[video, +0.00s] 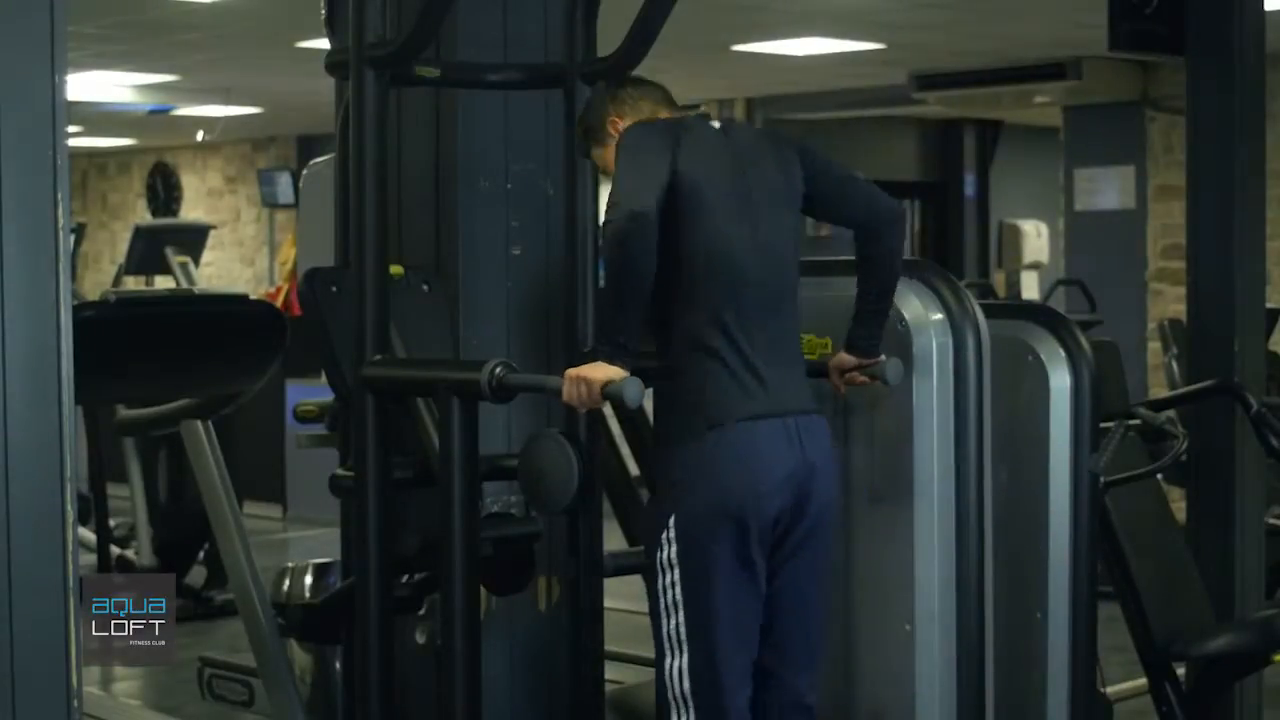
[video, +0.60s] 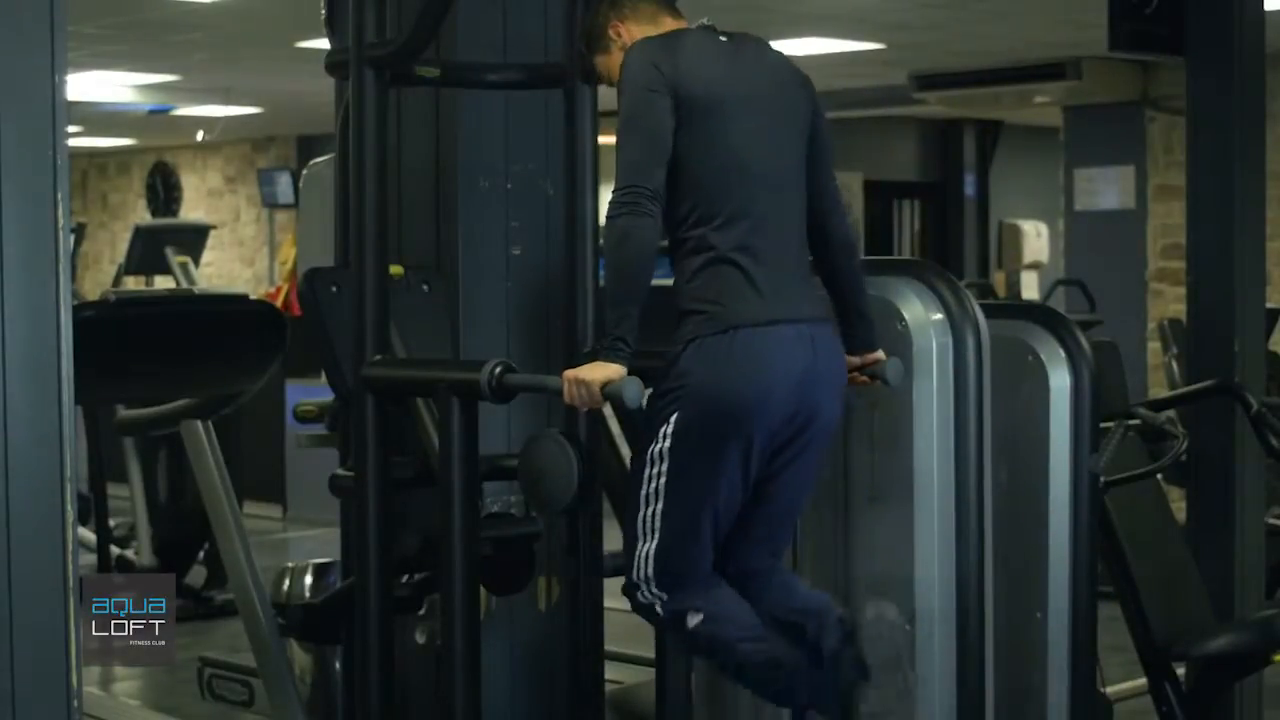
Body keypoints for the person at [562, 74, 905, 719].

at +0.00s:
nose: (614, 181)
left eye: (606, 165)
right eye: (605, 171)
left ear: (620, 128)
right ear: (677, 114)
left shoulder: (649, 140)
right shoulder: (774, 147)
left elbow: (629, 223)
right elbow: (882, 213)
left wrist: (614, 352)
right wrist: (863, 345)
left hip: (714, 445)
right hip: (806, 437)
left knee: (704, 688)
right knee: (792, 683)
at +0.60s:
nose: (615, 86)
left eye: (609, 73)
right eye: (608, 78)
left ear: (620, 29)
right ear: (674, 15)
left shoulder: (651, 62)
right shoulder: (785, 71)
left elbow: (637, 209)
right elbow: (829, 217)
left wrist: (610, 346)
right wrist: (859, 336)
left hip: (730, 352)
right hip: (818, 350)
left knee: (663, 581)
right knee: (752, 565)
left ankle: (810, 689)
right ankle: (836, 656)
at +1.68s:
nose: (595, 267)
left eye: (590, 255)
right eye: (588, 261)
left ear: (600, 218)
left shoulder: (633, 202)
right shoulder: (754, 201)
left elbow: (625, 215)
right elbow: (876, 215)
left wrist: (613, 352)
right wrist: (867, 341)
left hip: (744, 499)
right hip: (826, 485)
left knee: (725, 704)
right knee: (808, 704)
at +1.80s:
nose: (598, 293)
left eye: (590, 278)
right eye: (592, 285)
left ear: (597, 243)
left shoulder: (635, 227)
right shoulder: (751, 220)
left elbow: (633, 216)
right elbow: (873, 214)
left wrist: (614, 353)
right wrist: (866, 341)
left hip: (744, 521)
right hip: (826, 504)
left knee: (726, 705)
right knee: (814, 707)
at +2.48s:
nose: (601, 240)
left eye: (592, 226)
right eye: (591, 234)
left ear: (597, 186)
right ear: (643, 156)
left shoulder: (634, 176)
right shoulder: (750, 173)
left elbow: (637, 222)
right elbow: (866, 209)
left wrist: (612, 352)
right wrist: (866, 338)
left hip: (723, 468)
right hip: (810, 455)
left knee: (712, 701)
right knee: (785, 686)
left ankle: (879, 702)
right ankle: (885, 698)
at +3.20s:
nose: (604, 156)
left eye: (598, 141)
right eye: (598, 148)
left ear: (609, 106)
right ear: (664, 85)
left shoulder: (637, 121)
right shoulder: (769, 119)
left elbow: (621, 211)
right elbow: (860, 207)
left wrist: (610, 349)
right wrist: (868, 339)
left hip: (723, 406)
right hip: (812, 393)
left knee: (708, 660)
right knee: (784, 626)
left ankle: (886, 703)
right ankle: (881, 649)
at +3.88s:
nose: (592, 306)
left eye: (586, 289)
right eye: (588, 294)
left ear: (596, 263)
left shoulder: (635, 256)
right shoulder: (747, 236)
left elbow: (630, 214)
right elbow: (867, 215)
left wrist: (612, 351)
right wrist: (867, 341)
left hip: (724, 540)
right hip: (811, 521)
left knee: (721, 706)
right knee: (813, 708)